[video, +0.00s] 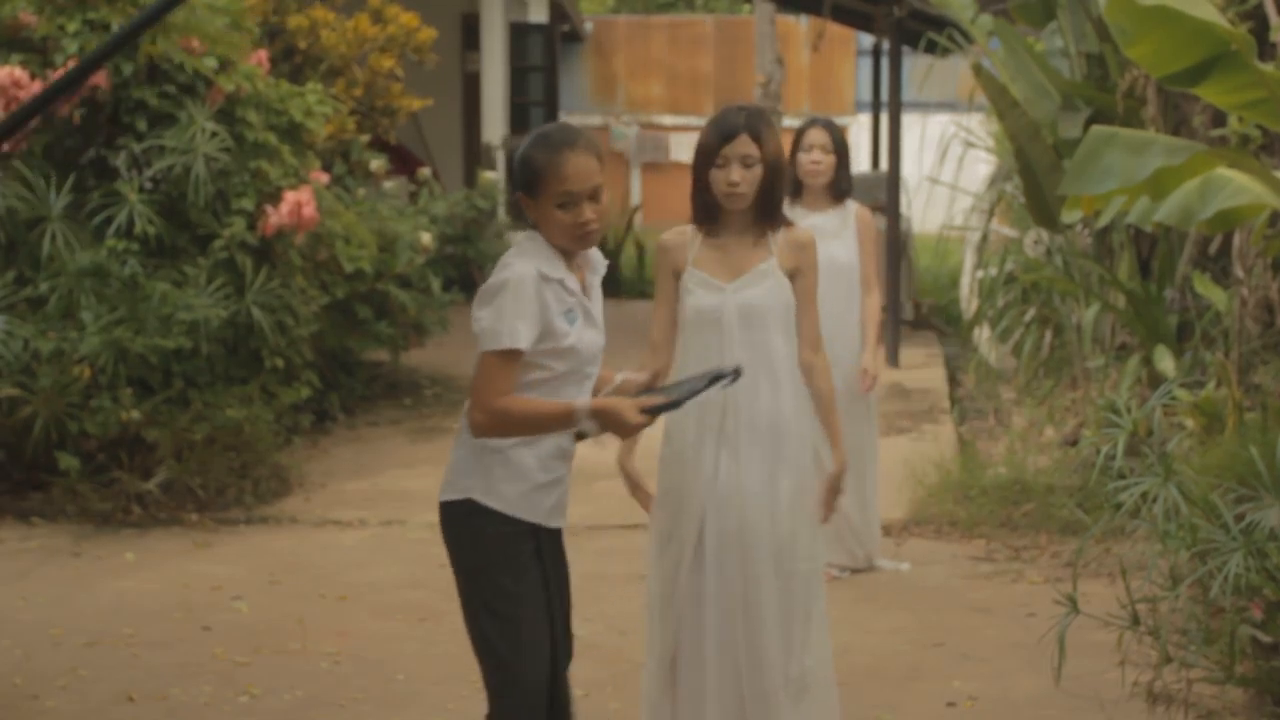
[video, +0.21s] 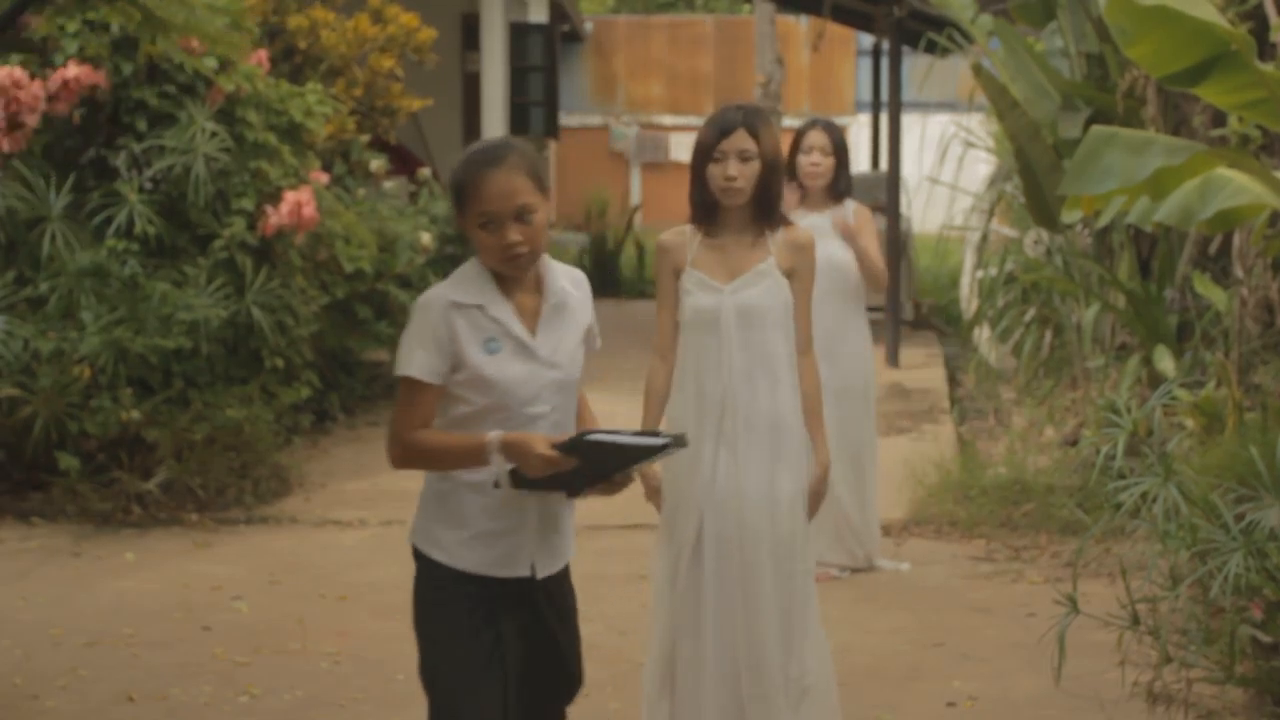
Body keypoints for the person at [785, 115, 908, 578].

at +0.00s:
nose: (815, 159)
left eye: (825, 151)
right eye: (807, 150)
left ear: (840, 160)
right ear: (793, 159)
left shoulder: (858, 218)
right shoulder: (779, 218)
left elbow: (871, 288)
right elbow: (769, 290)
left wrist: (871, 349)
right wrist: (773, 351)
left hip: (846, 348)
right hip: (793, 348)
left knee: (851, 447)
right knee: (800, 445)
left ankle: (852, 545)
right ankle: (807, 547)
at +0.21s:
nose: (815, 161)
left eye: (825, 153)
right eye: (807, 152)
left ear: (839, 161)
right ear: (793, 160)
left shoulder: (855, 215)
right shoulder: (780, 214)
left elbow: (880, 282)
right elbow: (762, 275)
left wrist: (855, 241)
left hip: (845, 340)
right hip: (792, 338)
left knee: (848, 439)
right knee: (797, 437)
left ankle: (848, 545)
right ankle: (806, 545)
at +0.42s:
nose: (816, 169)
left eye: (824, 160)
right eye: (807, 160)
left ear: (838, 166)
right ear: (793, 169)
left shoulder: (850, 208)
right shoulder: (782, 214)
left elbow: (865, 220)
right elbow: (759, 213)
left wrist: (838, 157)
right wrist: (786, 158)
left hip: (847, 336)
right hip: (796, 336)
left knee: (851, 435)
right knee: (803, 437)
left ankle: (853, 541)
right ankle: (810, 545)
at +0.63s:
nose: (812, 155)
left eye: (822, 147)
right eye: (805, 147)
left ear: (837, 158)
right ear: (790, 156)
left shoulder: (848, 209)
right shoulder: (777, 211)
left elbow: (872, 225)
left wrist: (869, 174)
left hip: (847, 335)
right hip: (793, 336)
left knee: (852, 434)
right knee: (801, 437)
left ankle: (853, 541)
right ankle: (809, 544)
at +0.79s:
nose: (812, 147)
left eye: (824, 141)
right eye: (805, 140)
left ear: (840, 158)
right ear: (792, 154)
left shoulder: (851, 210)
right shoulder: (776, 211)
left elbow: (862, 248)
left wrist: (875, 192)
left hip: (843, 335)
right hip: (789, 335)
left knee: (846, 435)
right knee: (793, 433)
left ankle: (846, 543)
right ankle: (801, 540)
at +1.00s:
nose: (811, 148)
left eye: (821, 142)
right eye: (804, 141)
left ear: (839, 159)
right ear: (791, 156)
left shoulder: (848, 209)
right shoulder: (776, 208)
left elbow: (884, 222)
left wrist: (853, 176)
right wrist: (773, 174)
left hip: (845, 334)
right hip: (792, 335)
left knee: (847, 436)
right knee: (798, 435)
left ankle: (851, 543)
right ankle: (805, 545)